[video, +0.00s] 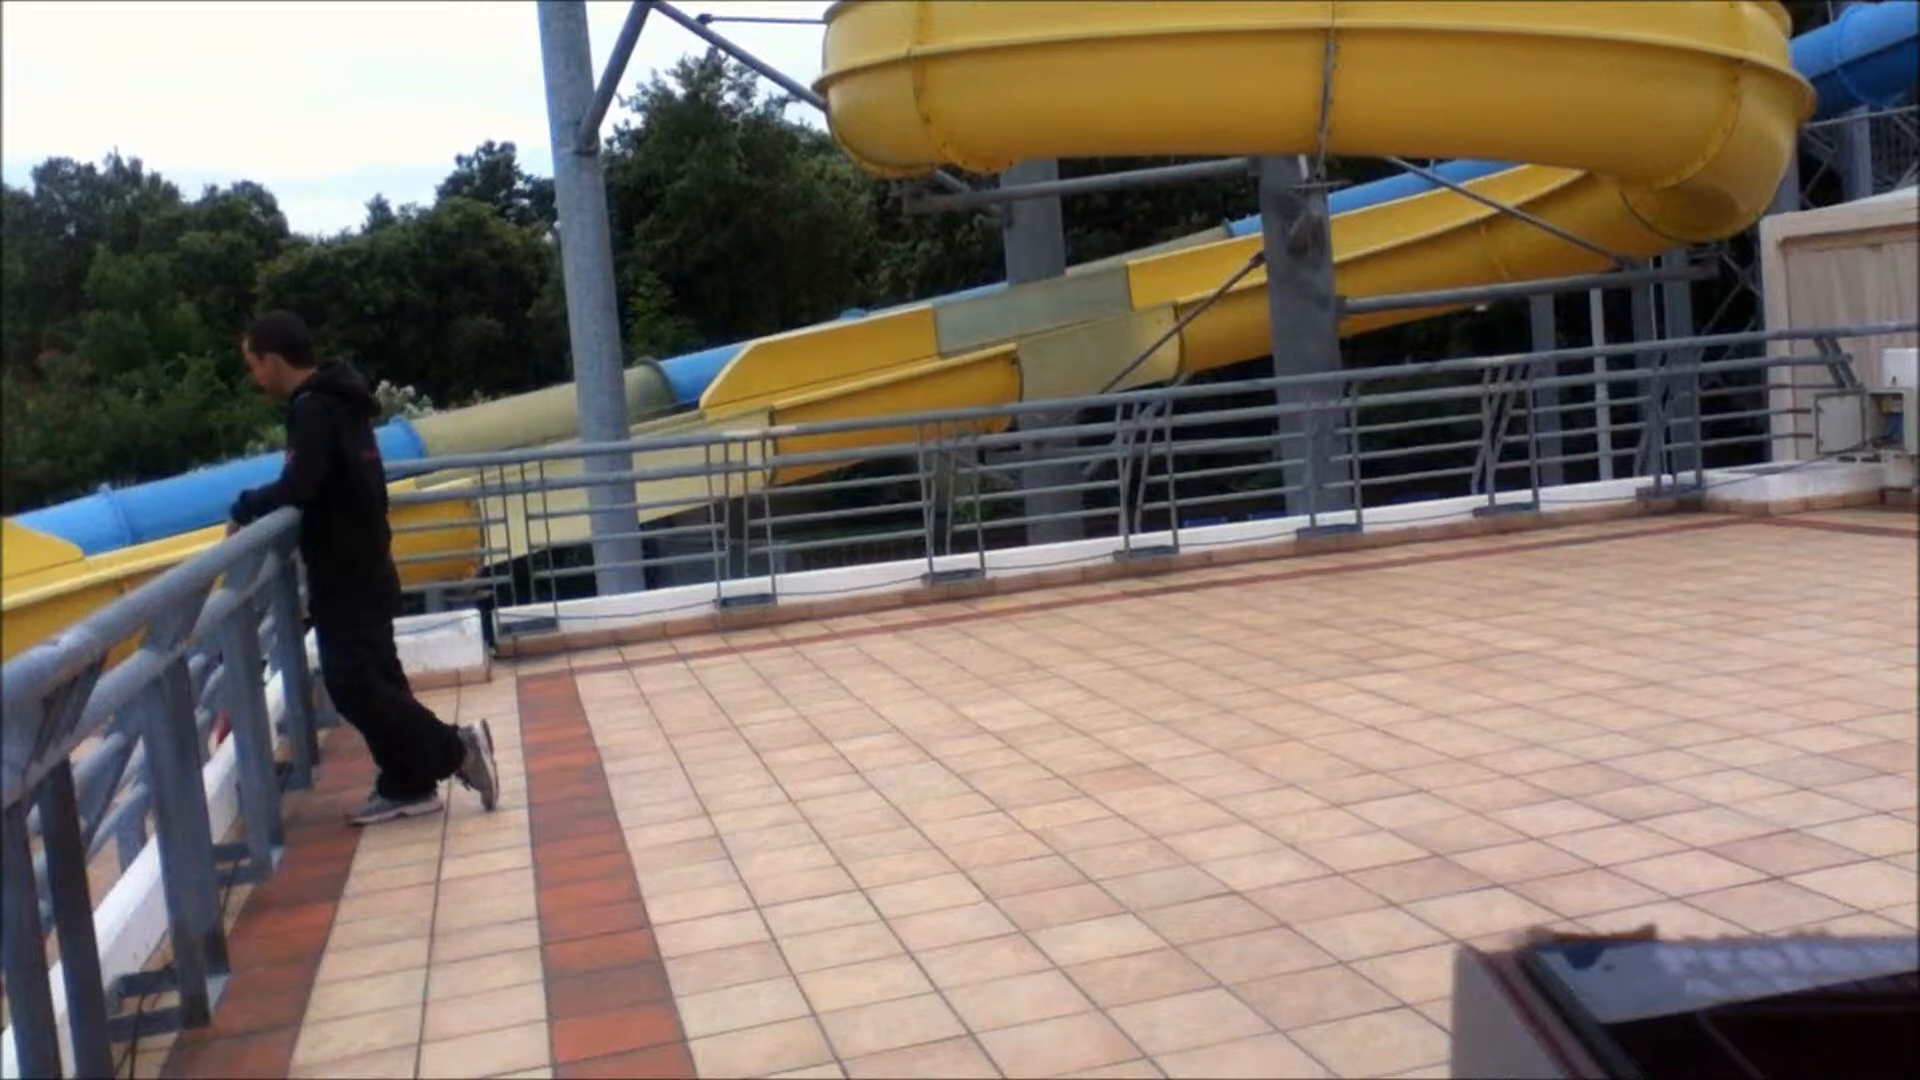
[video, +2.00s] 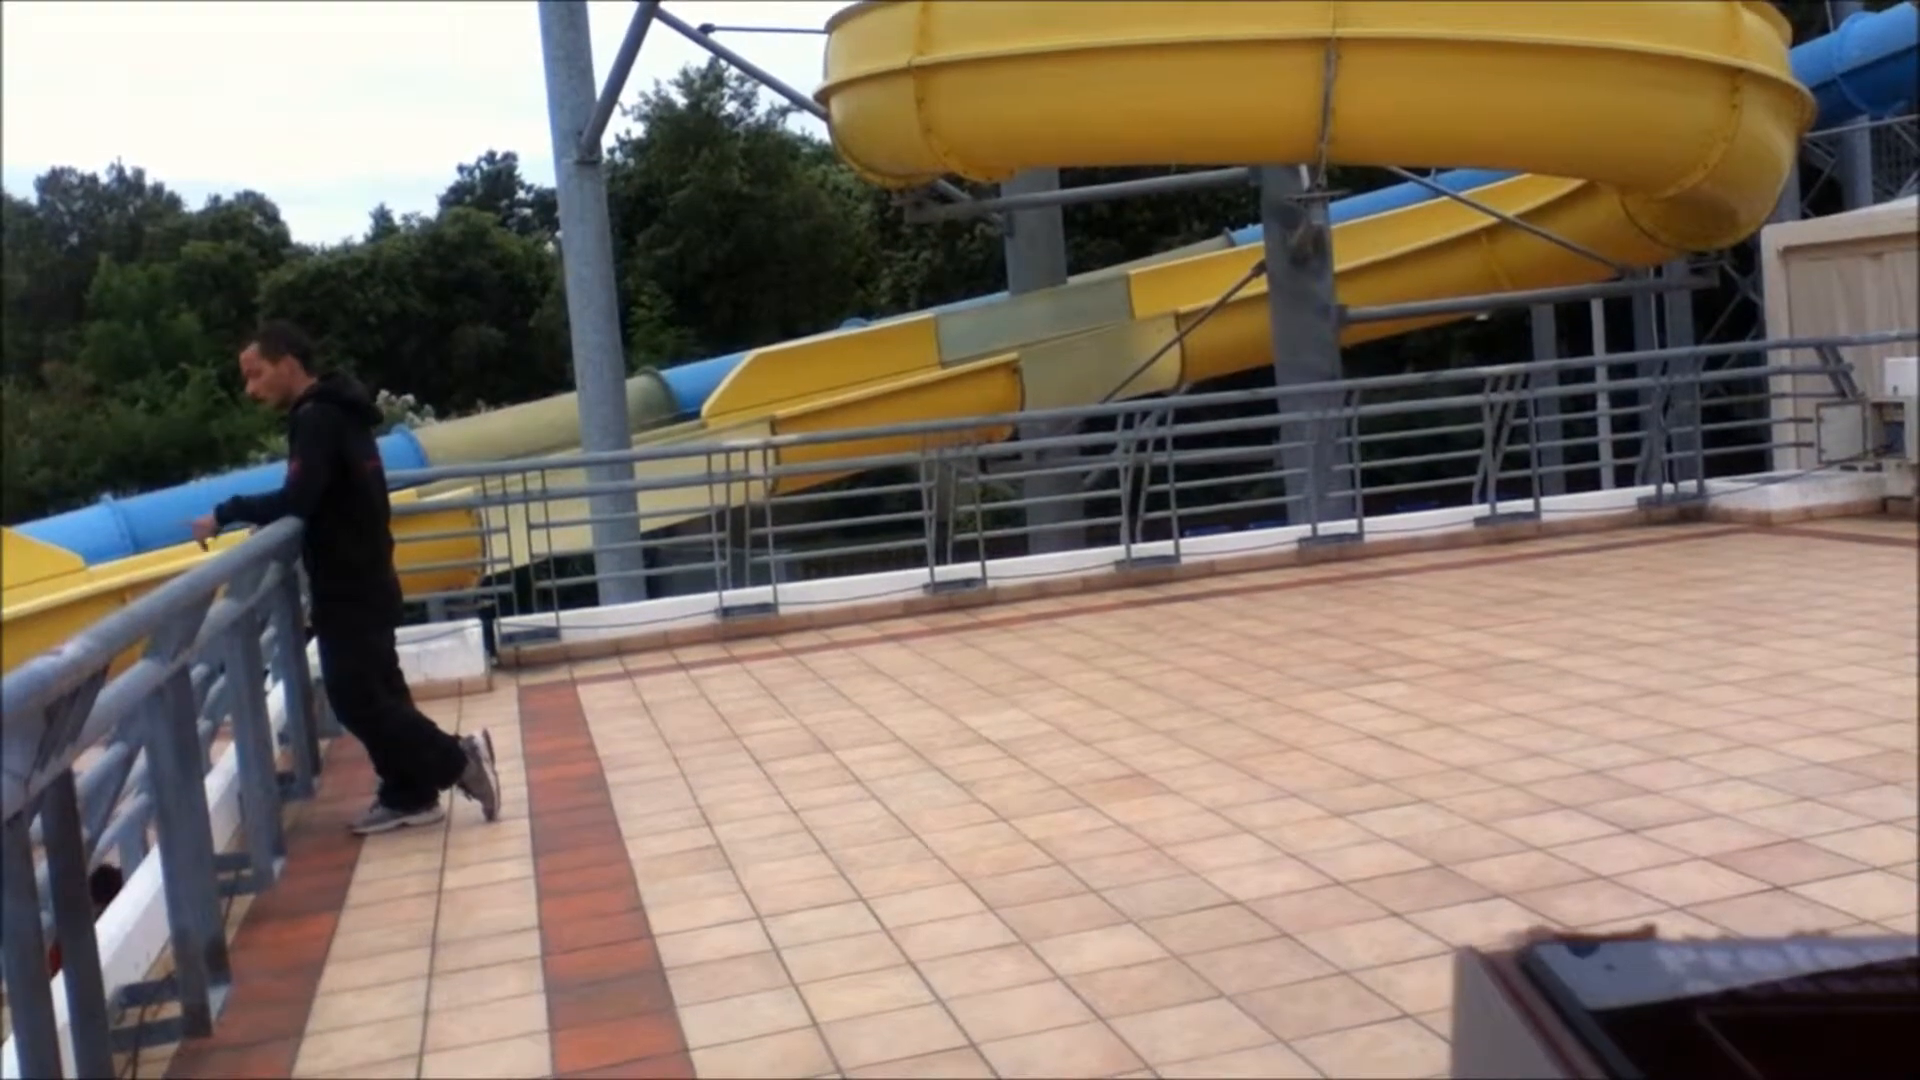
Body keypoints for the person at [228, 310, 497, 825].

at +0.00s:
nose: (253, 376)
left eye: (253, 365)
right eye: (250, 366)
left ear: (276, 360)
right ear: (298, 354)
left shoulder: (313, 409)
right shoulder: (337, 397)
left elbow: (301, 487)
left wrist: (244, 508)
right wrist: (261, 508)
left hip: (344, 572)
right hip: (365, 567)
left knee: (350, 688)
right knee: (376, 676)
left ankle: (456, 749)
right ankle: (406, 788)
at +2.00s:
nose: (252, 390)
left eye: (255, 376)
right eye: (247, 380)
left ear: (287, 365)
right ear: (289, 369)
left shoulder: (314, 420)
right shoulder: (338, 410)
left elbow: (300, 502)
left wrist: (227, 513)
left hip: (347, 586)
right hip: (366, 579)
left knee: (353, 698)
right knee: (378, 688)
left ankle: (455, 759)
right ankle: (408, 796)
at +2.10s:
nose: (251, 391)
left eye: (255, 377)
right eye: (247, 381)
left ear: (290, 366)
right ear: (289, 371)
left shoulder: (317, 420)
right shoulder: (337, 409)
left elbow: (301, 502)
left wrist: (221, 511)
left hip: (350, 586)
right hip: (365, 579)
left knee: (354, 699)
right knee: (379, 687)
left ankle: (457, 763)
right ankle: (408, 798)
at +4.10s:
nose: (260, 396)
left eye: (262, 382)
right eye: (255, 386)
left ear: (291, 368)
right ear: (296, 372)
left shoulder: (321, 421)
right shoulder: (341, 412)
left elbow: (308, 500)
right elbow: (324, 498)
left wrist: (255, 515)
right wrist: (271, 514)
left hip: (345, 588)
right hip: (363, 582)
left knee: (350, 700)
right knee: (377, 688)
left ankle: (454, 763)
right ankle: (407, 800)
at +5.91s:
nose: (252, 363)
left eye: (252, 349)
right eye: (247, 353)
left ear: (281, 335)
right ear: (286, 339)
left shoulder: (317, 388)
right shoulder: (332, 380)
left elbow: (304, 466)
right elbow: (318, 465)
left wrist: (252, 483)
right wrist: (268, 481)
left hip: (344, 556)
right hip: (357, 551)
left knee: (347, 667)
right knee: (372, 656)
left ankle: (450, 731)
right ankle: (404, 767)